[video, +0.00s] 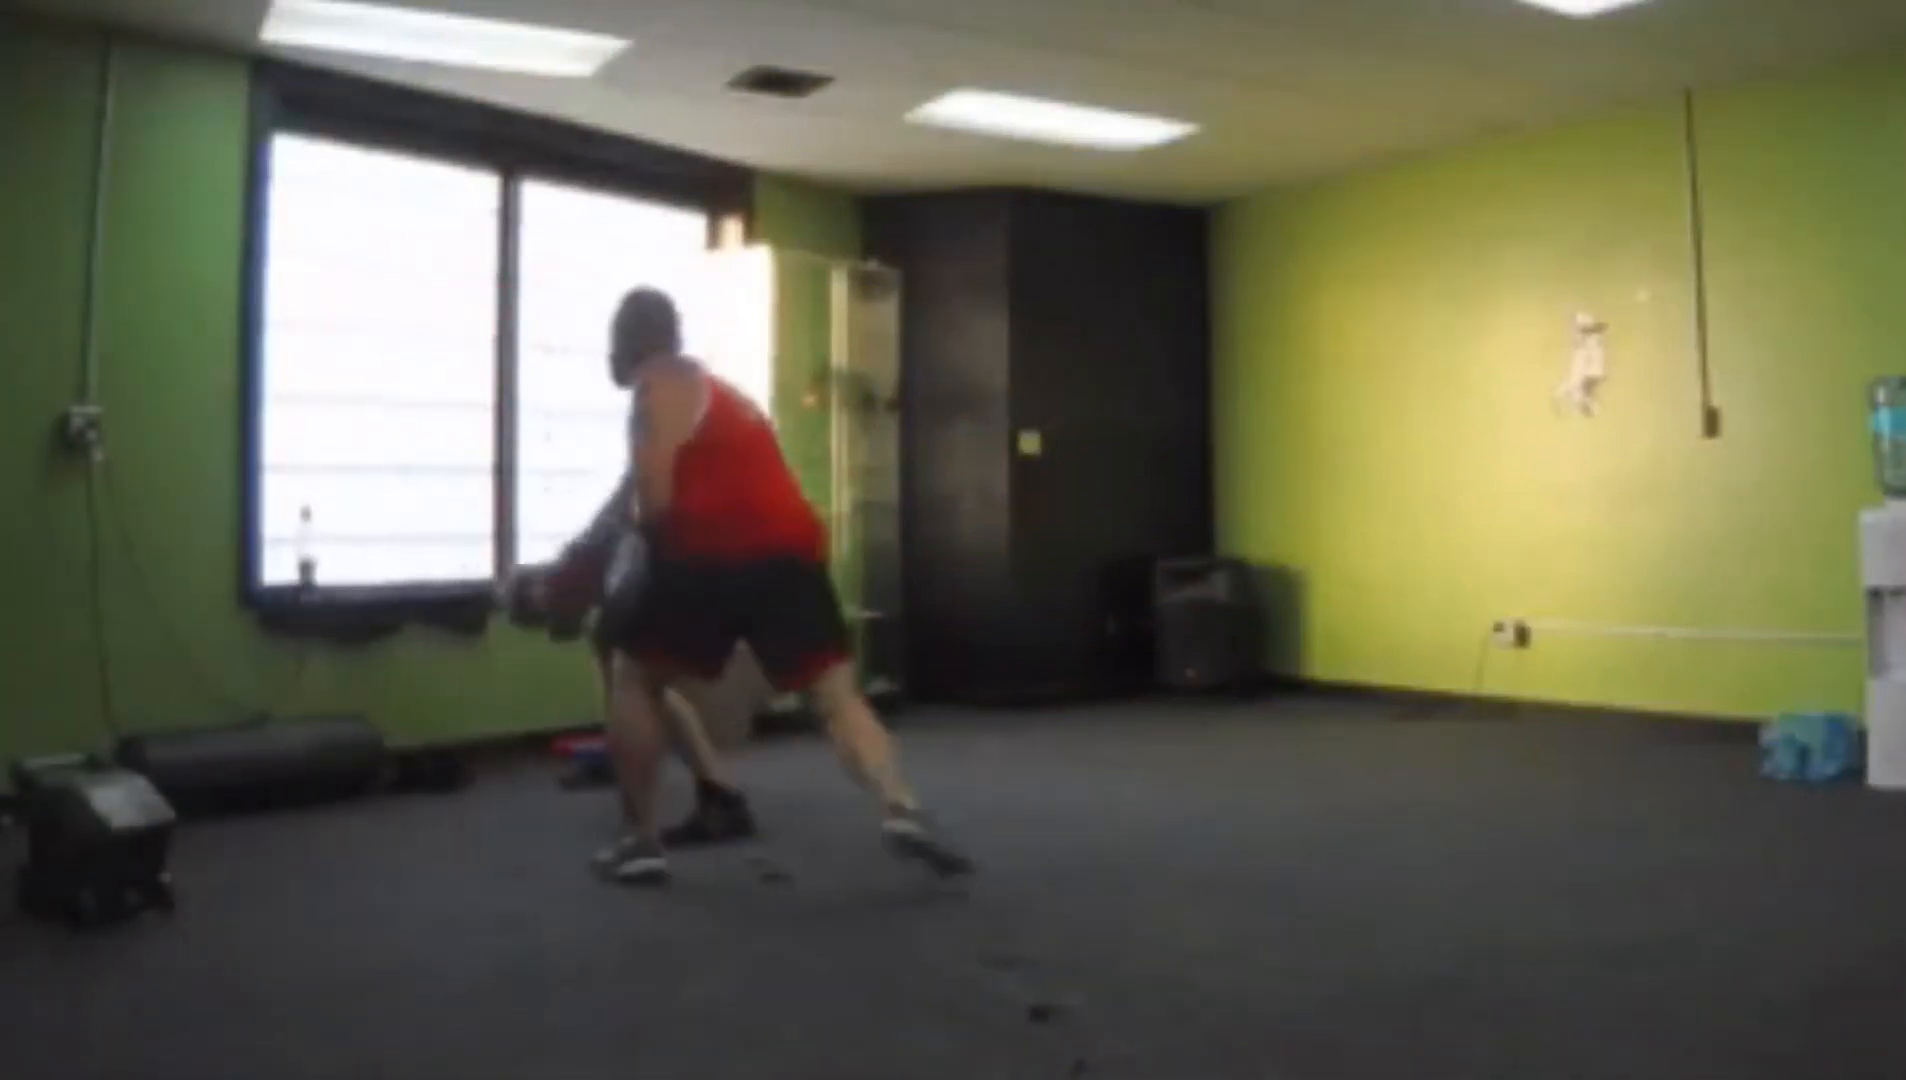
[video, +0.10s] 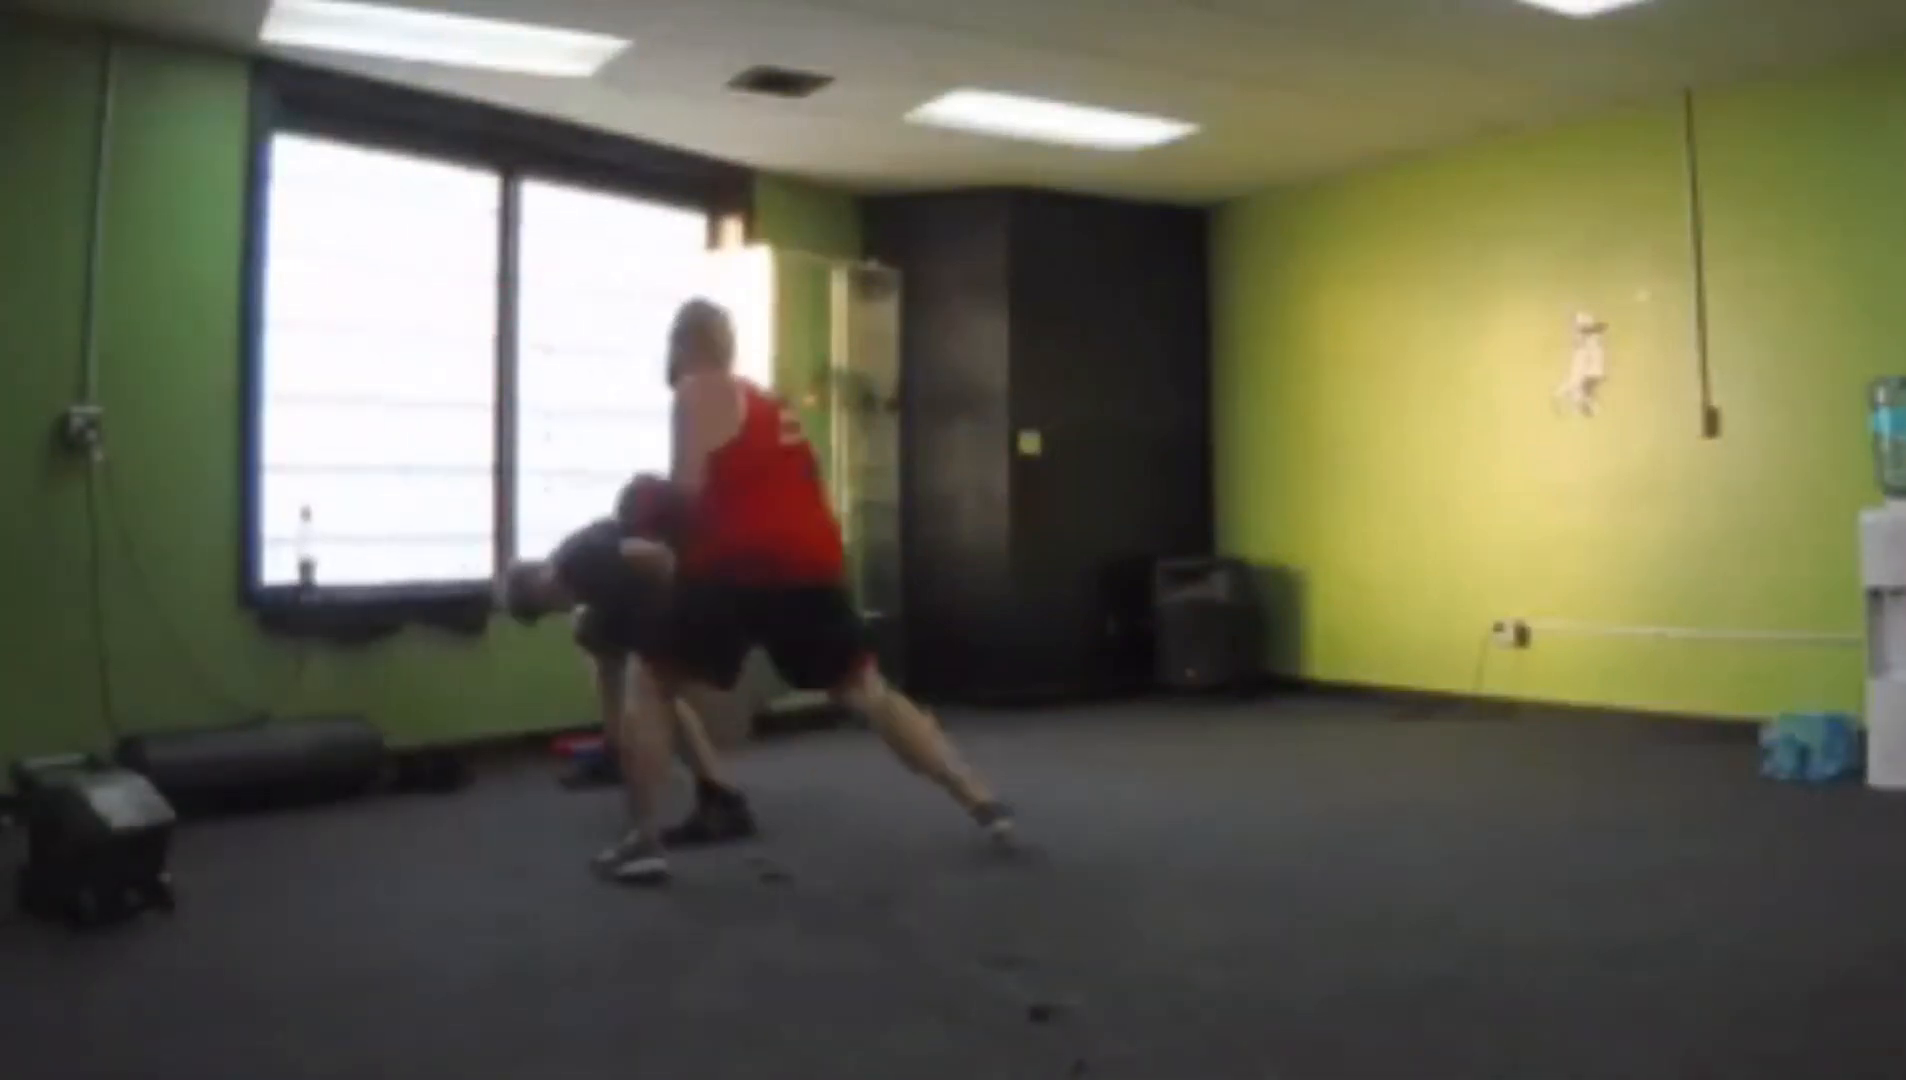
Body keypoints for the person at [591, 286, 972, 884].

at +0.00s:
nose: (609, 356)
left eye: (613, 344)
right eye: (612, 344)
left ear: (627, 343)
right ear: (671, 337)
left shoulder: (661, 385)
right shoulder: (716, 388)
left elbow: (652, 493)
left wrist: (640, 534)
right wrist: (587, 551)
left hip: (703, 562)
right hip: (785, 557)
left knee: (636, 679)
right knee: (838, 695)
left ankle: (639, 837)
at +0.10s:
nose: (670, 367)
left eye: (672, 355)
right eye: (671, 355)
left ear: (684, 351)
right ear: (727, 349)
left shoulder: (700, 393)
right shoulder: (769, 403)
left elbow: (688, 493)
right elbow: (778, 494)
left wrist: (643, 511)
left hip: (731, 574)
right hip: (809, 574)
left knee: (648, 688)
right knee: (874, 697)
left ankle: (643, 838)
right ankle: (983, 805)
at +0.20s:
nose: (752, 340)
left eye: (757, 331)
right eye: (756, 330)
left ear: (772, 334)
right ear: (809, 336)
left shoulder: (774, 380)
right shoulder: (845, 388)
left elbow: (744, 483)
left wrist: (720, 481)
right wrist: (705, 419)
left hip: (785, 561)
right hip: (863, 560)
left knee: (696, 682)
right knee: (881, 679)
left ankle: (645, 830)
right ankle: (961, 803)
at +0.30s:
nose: (811, 315)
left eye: (816, 305)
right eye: (814, 306)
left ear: (830, 307)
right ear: (885, 308)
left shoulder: (828, 352)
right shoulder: (907, 359)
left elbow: (807, 442)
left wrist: (770, 451)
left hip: (847, 534)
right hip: (926, 532)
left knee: (771, 663)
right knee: (926, 665)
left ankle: (724, 806)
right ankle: (966, 800)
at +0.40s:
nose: (843, 283)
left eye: (848, 271)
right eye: (845, 273)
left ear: (865, 273)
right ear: (914, 273)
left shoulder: (862, 319)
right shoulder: (945, 323)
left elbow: (839, 407)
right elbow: (966, 409)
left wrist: (807, 424)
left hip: (893, 497)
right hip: (972, 496)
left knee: (834, 626)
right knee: (978, 631)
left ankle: (867, 776)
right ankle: (992, 770)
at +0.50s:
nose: (881, 283)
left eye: (884, 273)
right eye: (881, 273)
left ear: (900, 273)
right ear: (945, 270)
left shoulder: (905, 315)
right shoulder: (990, 316)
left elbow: (870, 397)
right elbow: (1047, 394)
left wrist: (835, 413)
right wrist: (1015, 428)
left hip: (936, 493)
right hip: (1012, 488)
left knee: (901, 627)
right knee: (1038, 617)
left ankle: (976, 761)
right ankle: (1087, 753)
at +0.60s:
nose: (922, 307)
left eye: (926, 295)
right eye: (924, 295)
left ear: (945, 299)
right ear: (987, 295)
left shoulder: (950, 343)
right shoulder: (1029, 338)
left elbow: (883, 409)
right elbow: (1110, 371)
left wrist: (869, 424)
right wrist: (1049, 355)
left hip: (983, 524)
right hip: (1056, 516)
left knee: (965, 657)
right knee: (1099, 641)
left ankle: (1053, 784)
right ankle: (1171, 766)